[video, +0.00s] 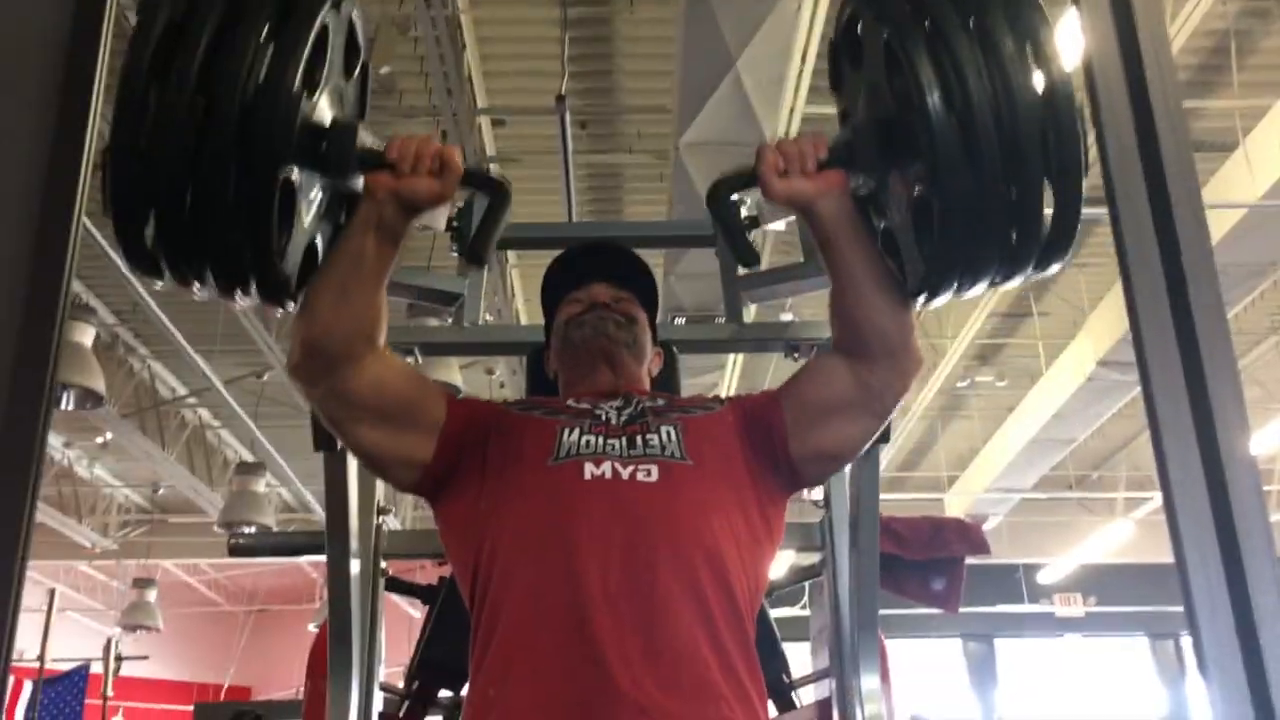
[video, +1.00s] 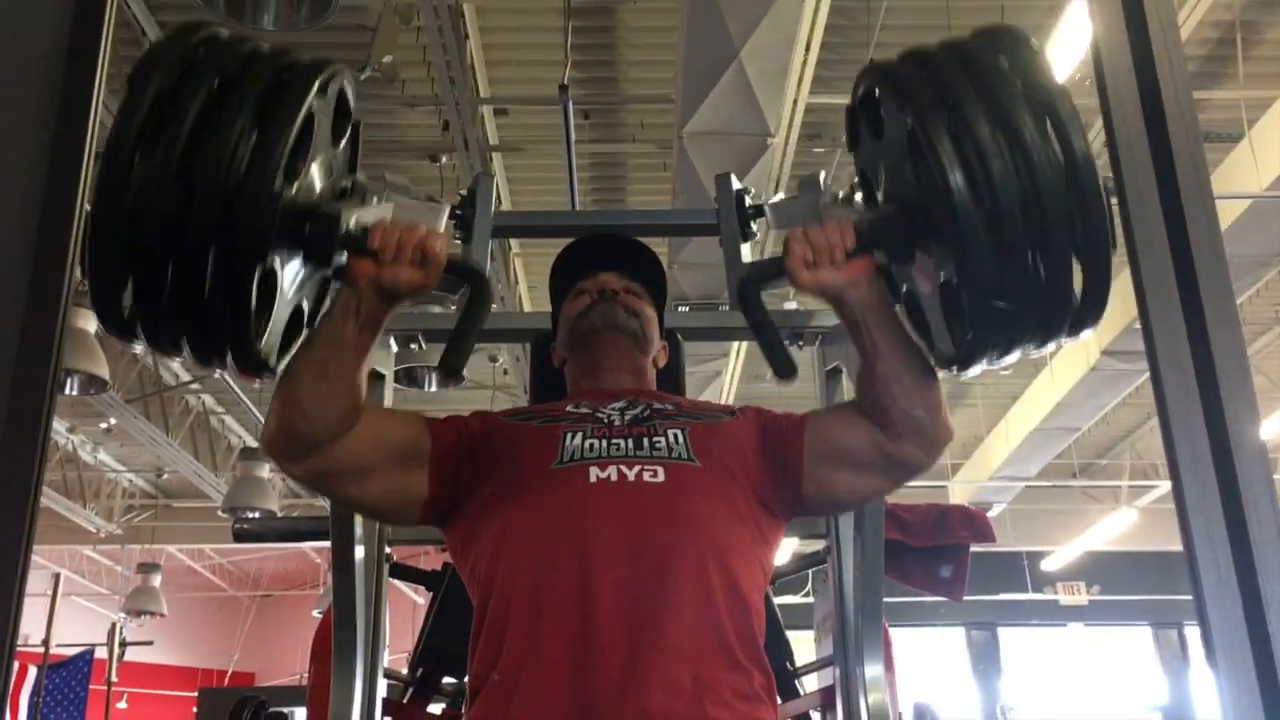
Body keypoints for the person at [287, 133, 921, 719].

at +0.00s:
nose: (598, 315)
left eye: (623, 309)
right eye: (575, 311)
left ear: (658, 356)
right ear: (547, 357)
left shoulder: (745, 433)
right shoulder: (481, 439)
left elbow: (883, 361)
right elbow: (328, 361)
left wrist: (829, 207)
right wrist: (385, 212)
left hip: (716, 706)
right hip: (521, 707)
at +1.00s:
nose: (608, 295)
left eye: (632, 296)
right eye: (582, 296)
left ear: (665, 351)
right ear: (551, 351)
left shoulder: (742, 442)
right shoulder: (487, 448)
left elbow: (914, 434)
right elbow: (305, 439)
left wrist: (859, 297)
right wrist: (365, 299)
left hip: (723, 701)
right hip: (525, 703)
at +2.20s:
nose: (607, 309)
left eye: (631, 309)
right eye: (584, 306)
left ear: (665, 358)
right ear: (551, 355)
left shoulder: (751, 442)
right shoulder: (481, 442)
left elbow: (854, 318)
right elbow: (372, 314)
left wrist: (824, 152)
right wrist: (401, 156)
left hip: (721, 707)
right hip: (514, 707)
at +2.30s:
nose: (606, 305)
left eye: (630, 305)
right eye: (583, 304)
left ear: (663, 357)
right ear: (554, 357)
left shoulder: (749, 438)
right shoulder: (485, 441)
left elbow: (818, 292)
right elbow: (409, 291)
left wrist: (815, 122)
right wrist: (409, 124)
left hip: (723, 708)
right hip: (517, 707)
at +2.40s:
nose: (607, 301)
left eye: (631, 302)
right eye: (582, 301)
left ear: (663, 355)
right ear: (554, 354)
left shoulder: (752, 437)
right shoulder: (484, 440)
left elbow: (808, 285)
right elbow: (421, 280)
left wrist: (814, 108)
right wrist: (415, 108)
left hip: (725, 708)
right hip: (517, 708)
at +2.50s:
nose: (605, 302)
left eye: (629, 302)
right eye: (581, 303)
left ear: (661, 355)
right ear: (551, 355)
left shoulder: (751, 442)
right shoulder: (483, 446)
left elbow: (831, 300)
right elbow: (401, 301)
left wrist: (818, 133)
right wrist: (407, 130)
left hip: (724, 708)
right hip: (517, 708)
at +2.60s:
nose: (608, 303)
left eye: (631, 303)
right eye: (583, 304)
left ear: (665, 357)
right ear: (550, 357)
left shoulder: (752, 443)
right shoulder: (481, 448)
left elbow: (858, 338)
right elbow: (370, 335)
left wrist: (828, 169)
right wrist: (400, 166)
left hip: (728, 705)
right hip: (520, 707)